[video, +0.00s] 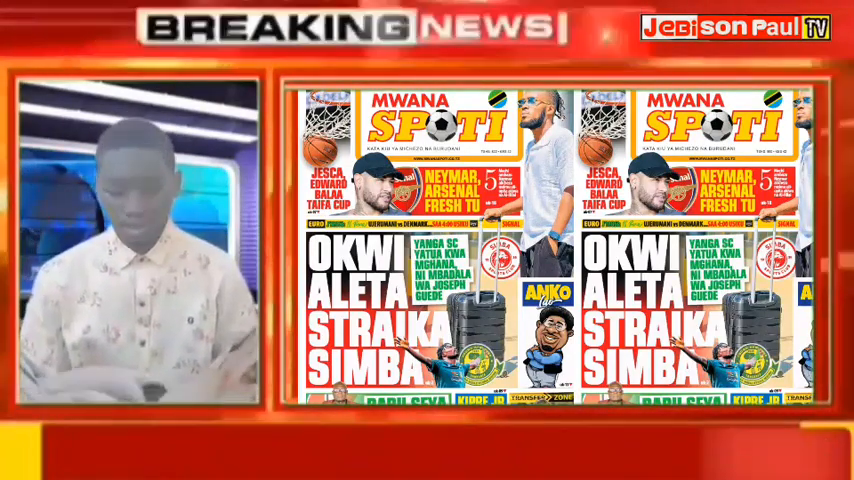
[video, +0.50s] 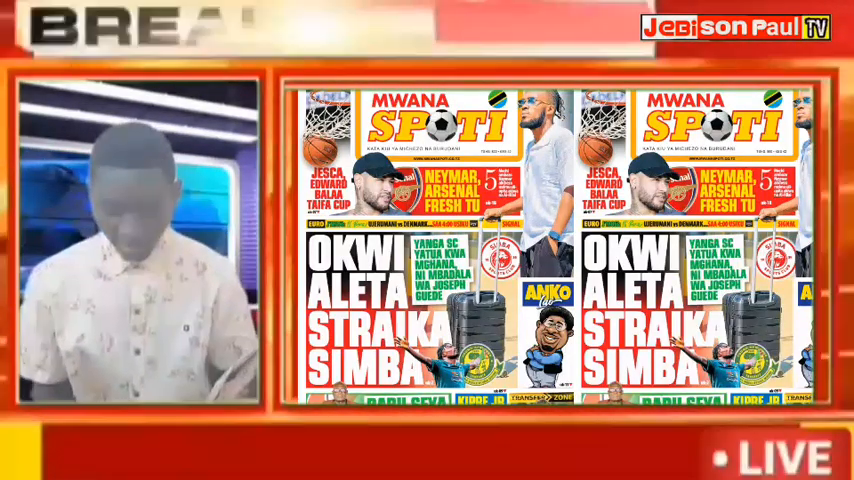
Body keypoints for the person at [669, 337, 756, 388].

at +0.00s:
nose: (728, 348)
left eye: (729, 347)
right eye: (724, 347)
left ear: (731, 351)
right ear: (718, 353)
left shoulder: (737, 366)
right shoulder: (714, 364)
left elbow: (749, 365)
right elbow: (698, 359)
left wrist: (754, 359)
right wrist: (684, 348)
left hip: (737, 400)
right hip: (720, 400)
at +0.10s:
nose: (728, 348)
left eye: (729, 347)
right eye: (724, 347)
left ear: (731, 351)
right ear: (718, 353)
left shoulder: (737, 366)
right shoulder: (714, 364)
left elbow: (749, 365)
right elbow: (698, 359)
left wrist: (754, 359)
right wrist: (684, 348)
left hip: (737, 400)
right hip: (720, 400)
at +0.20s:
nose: (728, 349)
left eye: (729, 347)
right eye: (724, 347)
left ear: (731, 351)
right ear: (718, 353)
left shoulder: (737, 366)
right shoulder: (714, 364)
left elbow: (749, 365)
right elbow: (698, 359)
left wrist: (754, 359)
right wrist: (684, 348)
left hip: (737, 400)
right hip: (720, 400)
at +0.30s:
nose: (728, 349)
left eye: (729, 347)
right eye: (724, 347)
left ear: (731, 351)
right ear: (718, 353)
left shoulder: (737, 366)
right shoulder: (714, 364)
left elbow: (749, 365)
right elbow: (698, 359)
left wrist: (754, 359)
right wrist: (684, 348)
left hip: (737, 400)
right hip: (720, 400)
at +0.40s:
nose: (728, 349)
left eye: (729, 347)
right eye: (724, 347)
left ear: (731, 351)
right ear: (718, 353)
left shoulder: (737, 366)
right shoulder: (714, 364)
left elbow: (749, 365)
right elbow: (698, 359)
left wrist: (754, 359)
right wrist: (684, 348)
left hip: (737, 400)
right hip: (720, 400)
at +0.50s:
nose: (729, 348)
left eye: (729, 347)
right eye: (724, 347)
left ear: (731, 351)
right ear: (718, 353)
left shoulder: (737, 366)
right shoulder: (714, 364)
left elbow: (750, 365)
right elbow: (698, 359)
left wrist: (755, 358)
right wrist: (683, 348)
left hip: (736, 401)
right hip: (720, 401)